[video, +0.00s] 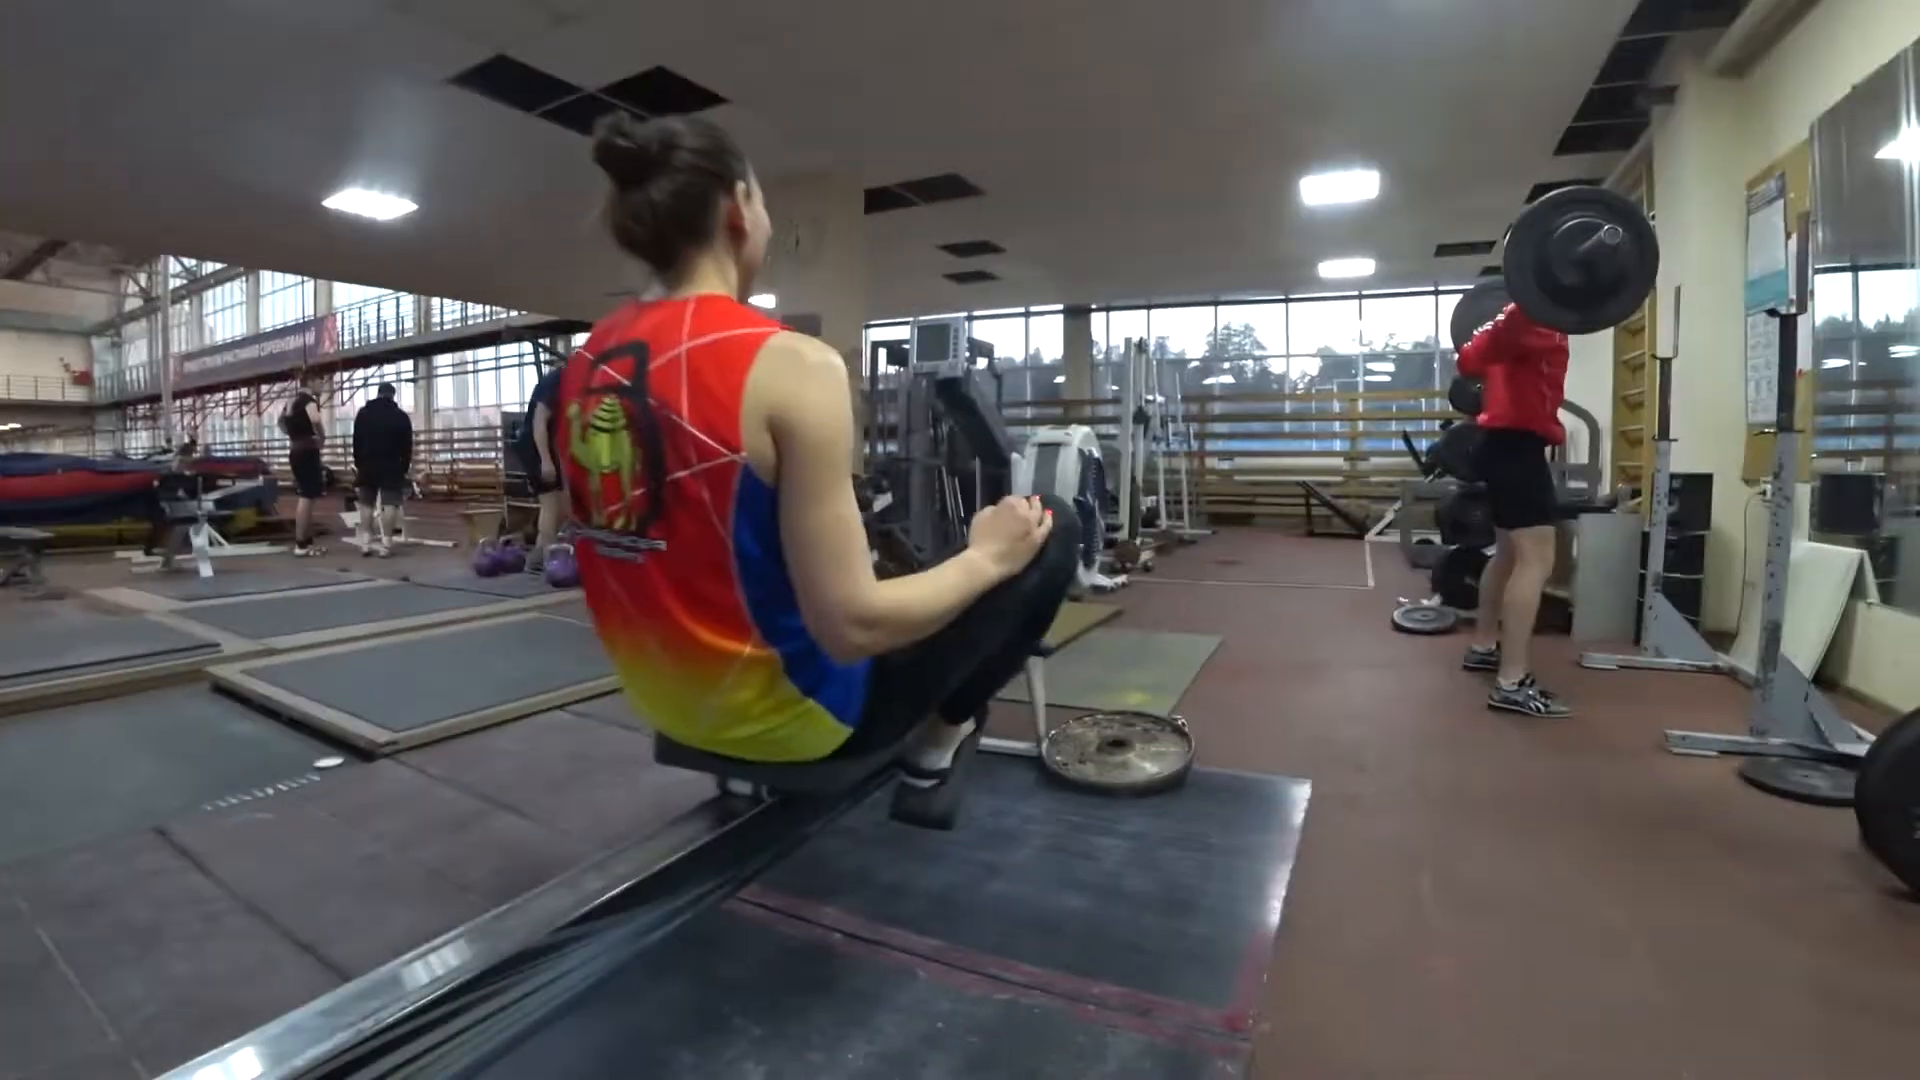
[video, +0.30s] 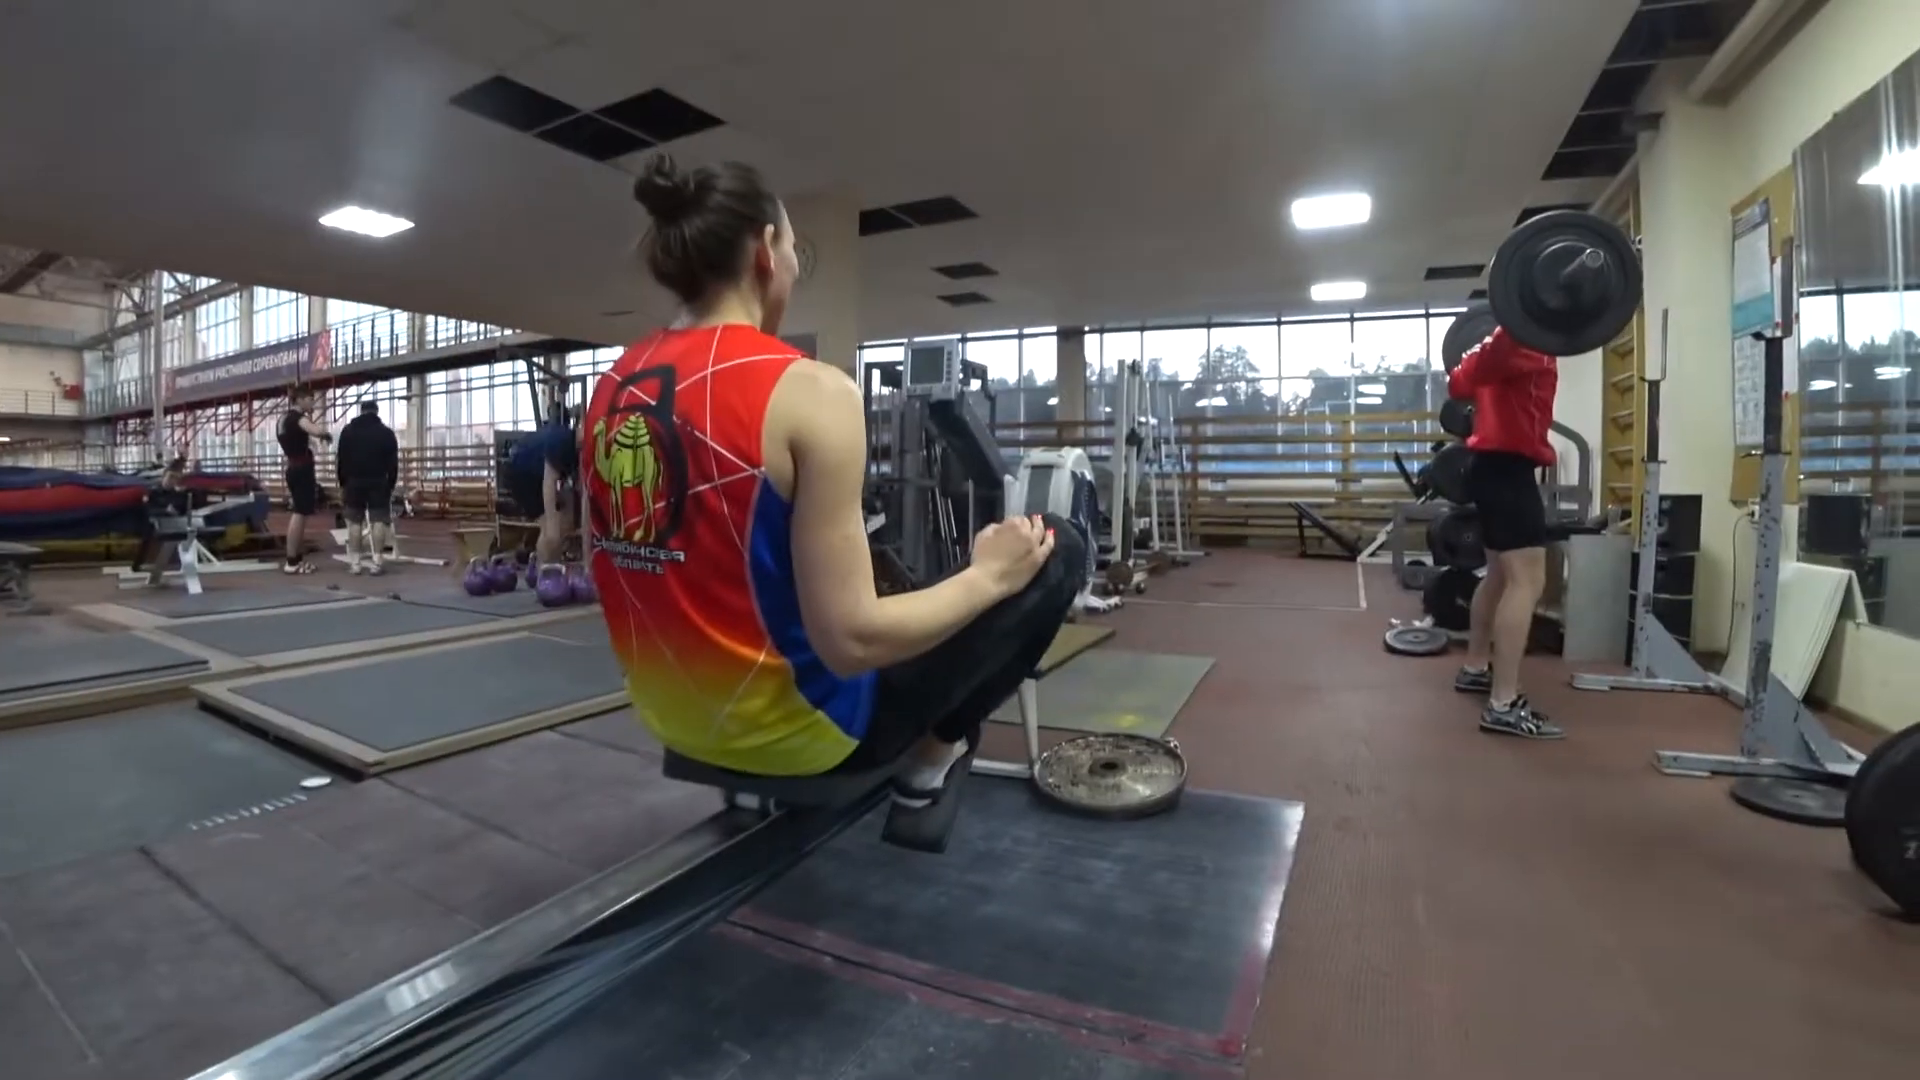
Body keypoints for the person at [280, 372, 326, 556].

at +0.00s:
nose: (321, 384)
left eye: (321, 380)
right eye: (319, 380)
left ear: (304, 383)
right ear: (311, 382)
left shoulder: (293, 402)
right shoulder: (309, 401)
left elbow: (283, 422)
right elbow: (315, 419)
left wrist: (295, 435)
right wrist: (323, 435)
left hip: (296, 449)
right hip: (308, 449)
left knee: (306, 496)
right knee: (306, 497)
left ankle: (304, 541)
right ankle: (302, 544)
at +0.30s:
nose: (312, 402)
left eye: (312, 398)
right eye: (309, 398)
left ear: (297, 400)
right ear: (299, 399)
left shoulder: (286, 420)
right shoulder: (297, 418)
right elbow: (315, 430)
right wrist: (326, 434)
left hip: (294, 469)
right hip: (303, 469)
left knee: (299, 513)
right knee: (300, 514)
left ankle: (293, 558)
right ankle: (293, 560)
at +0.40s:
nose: (311, 412)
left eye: (312, 408)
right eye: (308, 408)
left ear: (296, 410)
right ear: (298, 408)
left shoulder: (286, 427)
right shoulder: (296, 426)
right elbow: (317, 439)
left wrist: (317, 434)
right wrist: (323, 433)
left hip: (296, 477)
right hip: (303, 478)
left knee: (300, 522)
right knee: (300, 522)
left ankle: (294, 566)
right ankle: (292, 568)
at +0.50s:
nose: (309, 416)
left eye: (309, 413)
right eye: (306, 413)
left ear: (295, 415)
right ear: (296, 414)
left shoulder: (284, 434)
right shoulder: (293, 433)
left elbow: (309, 446)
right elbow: (316, 446)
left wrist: (308, 432)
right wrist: (318, 432)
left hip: (294, 483)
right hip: (300, 484)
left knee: (297, 529)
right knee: (297, 529)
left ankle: (290, 573)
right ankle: (289, 575)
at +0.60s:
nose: (308, 425)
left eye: (308, 422)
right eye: (305, 422)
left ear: (293, 422)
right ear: (295, 422)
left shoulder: (283, 442)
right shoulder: (292, 442)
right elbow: (310, 458)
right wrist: (315, 435)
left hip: (292, 492)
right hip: (298, 493)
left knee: (295, 537)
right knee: (295, 538)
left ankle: (288, 580)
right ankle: (286, 583)